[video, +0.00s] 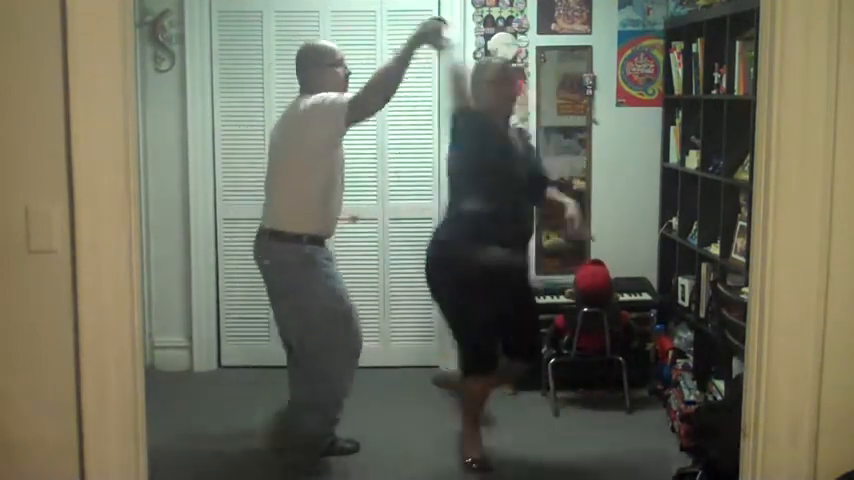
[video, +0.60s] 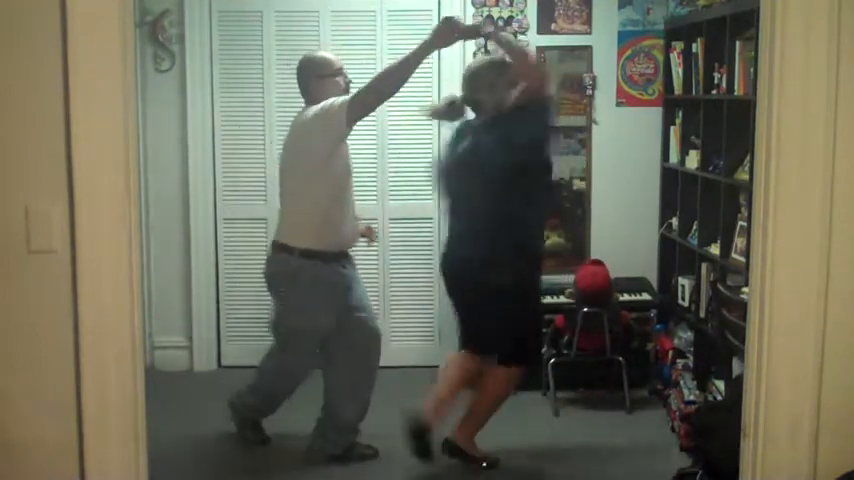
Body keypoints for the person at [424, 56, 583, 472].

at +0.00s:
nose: (510, 92)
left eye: (514, 83)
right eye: (500, 83)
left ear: (519, 90)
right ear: (480, 89)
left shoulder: (519, 139)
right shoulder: (469, 126)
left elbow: (535, 185)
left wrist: (566, 205)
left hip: (506, 262)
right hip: (460, 258)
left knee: (522, 354)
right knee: (480, 357)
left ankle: (466, 389)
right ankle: (471, 441)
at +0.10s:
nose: (485, 92)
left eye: (495, 85)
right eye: (481, 85)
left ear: (516, 91)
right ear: (474, 93)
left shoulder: (538, 146)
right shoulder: (458, 135)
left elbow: (577, 187)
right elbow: (411, 112)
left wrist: (558, 209)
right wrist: (425, 60)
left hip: (510, 262)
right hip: (453, 261)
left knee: (512, 360)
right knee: (463, 363)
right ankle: (489, 434)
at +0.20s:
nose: (472, 87)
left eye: (482, 81)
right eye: (474, 80)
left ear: (510, 93)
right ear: (477, 89)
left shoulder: (534, 144)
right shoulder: (457, 131)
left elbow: (558, 198)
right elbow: (407, 106)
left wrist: (493, 207)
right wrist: (428, 55)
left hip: (505, 263)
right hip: (459, 261)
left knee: (480, 358)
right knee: (463, 359)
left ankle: (513, 452)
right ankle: (503, 443)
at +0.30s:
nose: (471, 91)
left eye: (479, 85)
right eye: (475, 85)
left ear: (498, 93)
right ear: (499, 92)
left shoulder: (504, 138)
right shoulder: (488, 132)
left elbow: (484, 200)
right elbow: (458, 95)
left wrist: (438, 203)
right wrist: (455, 43)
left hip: (496, 261)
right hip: (491, 258)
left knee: (459, 355)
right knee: (479, 354)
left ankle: (478, 460)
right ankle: (508, 444)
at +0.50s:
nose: (521, 84)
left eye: (515, 78)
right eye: (517, 77)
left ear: (469, 93)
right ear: (516, 87)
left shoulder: (449, 139)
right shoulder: (532, 127)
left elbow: (408, 181)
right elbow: (556, 64)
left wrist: (451, 213)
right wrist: (509, 26)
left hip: (465, 258)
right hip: (524, 255)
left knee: (466, 358)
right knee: (511, 351)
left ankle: (475, 458)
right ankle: (471, 431)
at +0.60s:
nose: (522, 92)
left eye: (520, 85)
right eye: (517, 85)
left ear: (473, 97)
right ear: (504, 94)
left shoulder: (461, 140)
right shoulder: (518, 131)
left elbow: (451, 191)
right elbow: (536, 78)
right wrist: (498, 36)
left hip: (461, 257)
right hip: (509, 261)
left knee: (474, 350)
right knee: (512, 360)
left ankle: (427, 416)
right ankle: (462, 439)